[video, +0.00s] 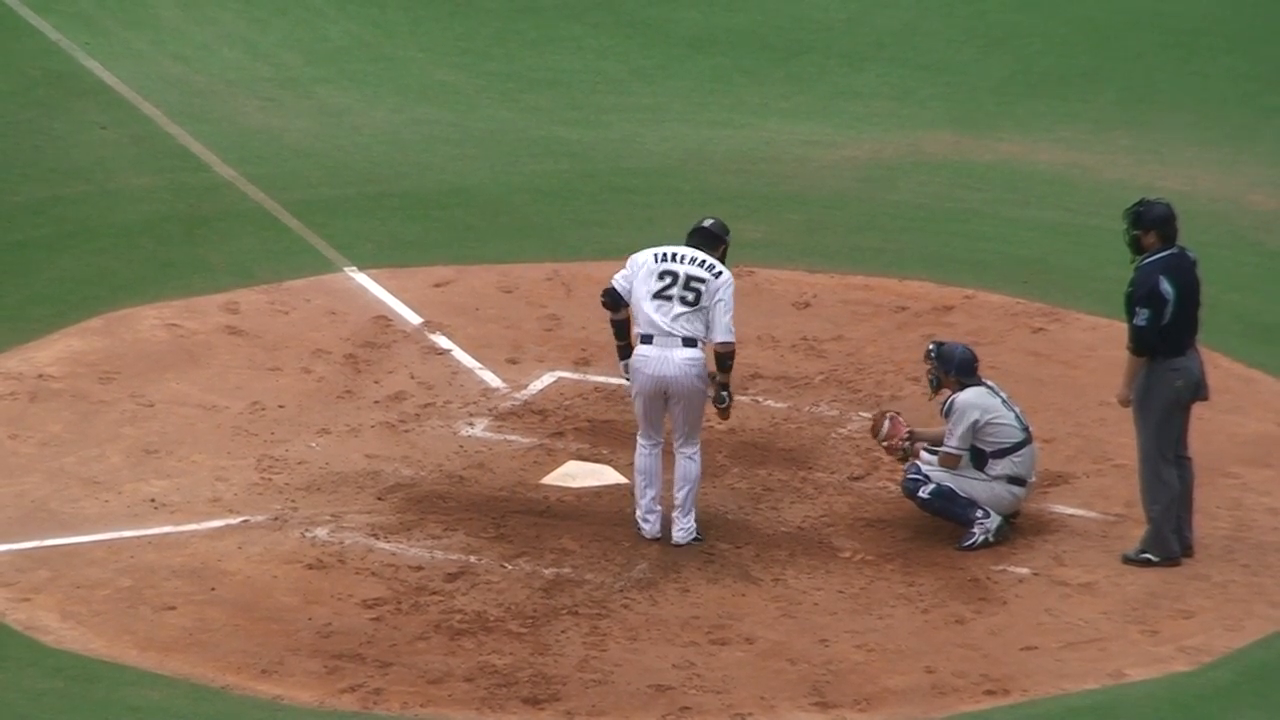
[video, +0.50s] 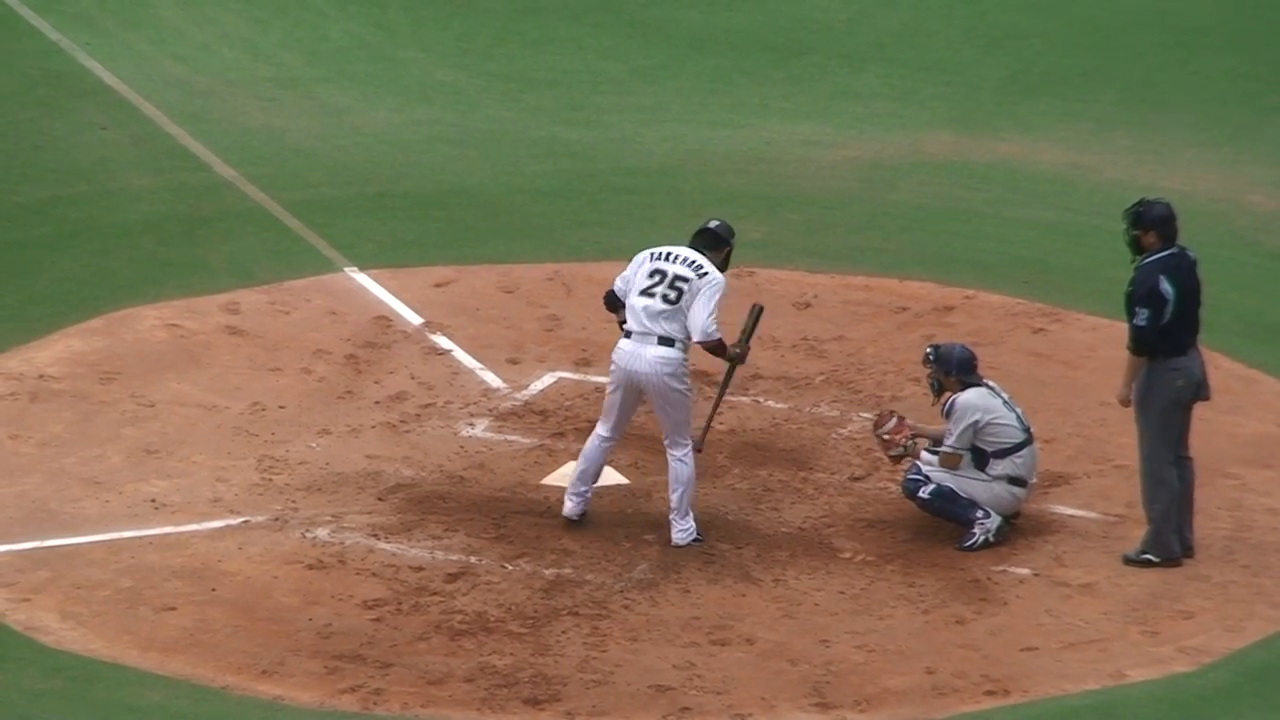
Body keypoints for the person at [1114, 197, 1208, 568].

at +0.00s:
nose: (1133, 236)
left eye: (1137, 231)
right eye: (1134, 229)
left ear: (1150, 236)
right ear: (1166, 233)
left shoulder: (1148, 275)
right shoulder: (1184, 260)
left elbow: (1140, 342)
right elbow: (1187, 323)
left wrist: (1126, 386)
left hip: (1161, 372)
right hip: (1186, 365)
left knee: (1155, 459)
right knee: (1175, 455)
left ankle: (1160, 544)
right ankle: (1178, 536)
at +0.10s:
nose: (1133, 236)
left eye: (1137, 231)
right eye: (1134, 230)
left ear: (1150, 236)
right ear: (1166, 233)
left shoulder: (1148, 275)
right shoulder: (1184, 261)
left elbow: (1140, 341)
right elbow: (1187, 322)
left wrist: (1126, 385)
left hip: (1161, 372)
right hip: (1187, 365)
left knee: (1156, 459)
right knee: (1175, 455)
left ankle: (1160, 545)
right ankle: (1178, 537)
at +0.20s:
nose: (1133, 236)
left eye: (1137, 231)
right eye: (1134, 229)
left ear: (1150, 236)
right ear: (1166, 232)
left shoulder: (1148, 275)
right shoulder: (1184, 260)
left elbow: (1140, 341)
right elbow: (1187, 321)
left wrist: (1126, 384)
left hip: (1161, 371)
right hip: (1187, 364)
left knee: (1156, 458)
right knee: (1175, 454)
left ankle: (1160, 543)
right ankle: (1178, 536)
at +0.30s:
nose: (1133, 236)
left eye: (1137, 231)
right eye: (1134, 229)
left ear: (1150, 236)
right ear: (1166, 233)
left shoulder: (1148, 276)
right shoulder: (1185, 261)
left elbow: (1141, 342)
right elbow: (1187, 323)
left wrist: (1127, 385)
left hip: (1162, 372)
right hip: (1187, 365)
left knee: (1156, 460)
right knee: (1176, 455)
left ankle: (1160, 545)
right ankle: (1178, 537)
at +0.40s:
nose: (1133, 237)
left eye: (1137, 232)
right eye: (1135, 231)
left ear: (1150, 237)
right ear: (1167, 234)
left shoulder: (1147, 277)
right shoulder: (1185, 261)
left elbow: (1140, 343)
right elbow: (1188, 323)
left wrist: (1126, 386)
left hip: (1162, 373)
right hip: (1188, 366)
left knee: (1157, 461)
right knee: (1176, 456)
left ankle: (1160, 546)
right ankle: (1179, 538)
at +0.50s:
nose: (1133, 236)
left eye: (1137, 231)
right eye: (1134, 229)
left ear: (1150, 236)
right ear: (1166, 232)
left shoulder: (1148, 275)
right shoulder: (1185, 260)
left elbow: (1140, 340)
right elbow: (1188, 322)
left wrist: (1126, 384)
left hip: (1162, 372)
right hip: (1188, 365)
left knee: (1157, 459)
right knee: (1176, 455)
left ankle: (1161, 544)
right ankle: (1179, 537)